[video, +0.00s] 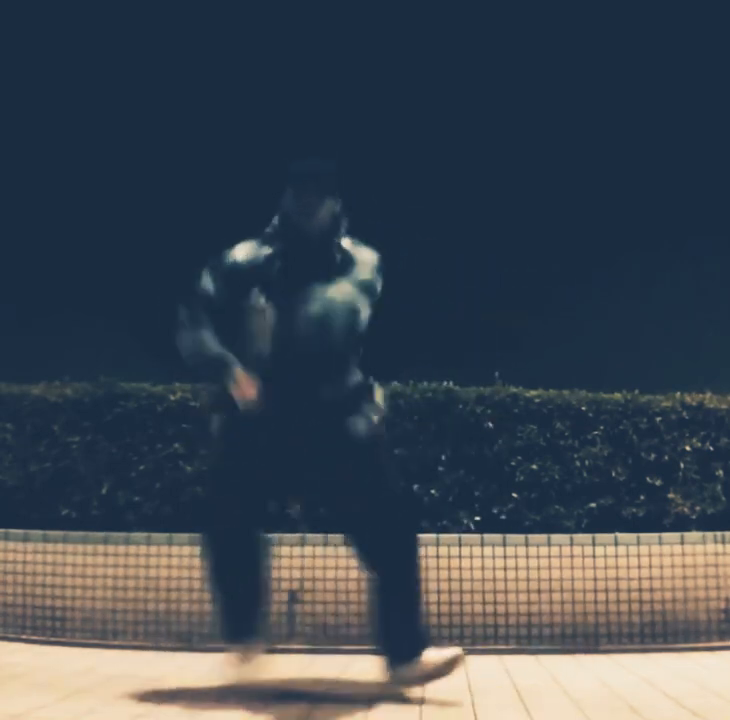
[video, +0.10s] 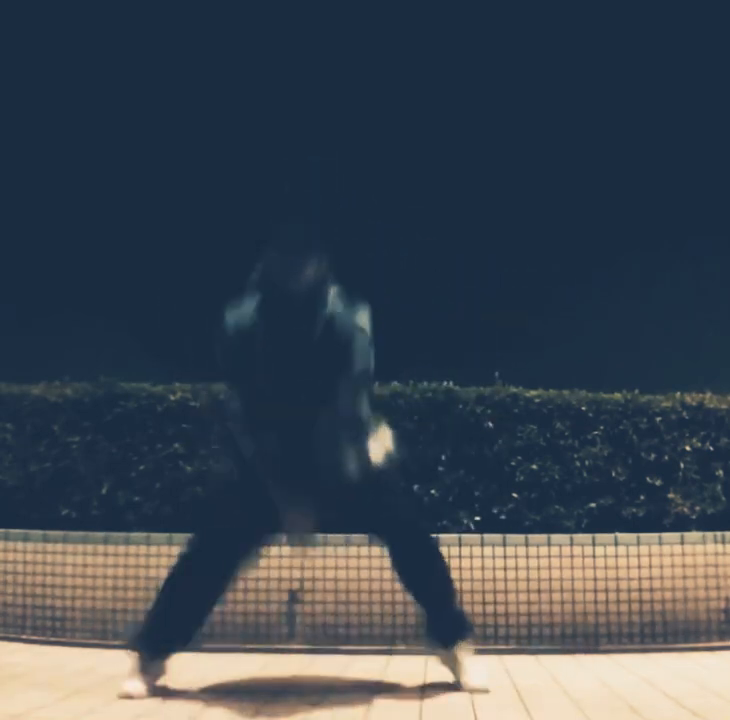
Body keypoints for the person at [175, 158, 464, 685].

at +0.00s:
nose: (314, 216)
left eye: (324, 205)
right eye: (304, 205)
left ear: (340, 207)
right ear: (286, 205)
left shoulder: (364, 265)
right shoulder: (248, 262)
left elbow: (353, 341)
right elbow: (192, 324)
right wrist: (228, 369)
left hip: (340, 424)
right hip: (261, 423)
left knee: (390, 525)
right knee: (231, 518)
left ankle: (406, 655)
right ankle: (243, 643)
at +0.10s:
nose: (299, 277)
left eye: (308, 266)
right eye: (289, 267)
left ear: (323, 268)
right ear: (270, 269)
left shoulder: (348, 321)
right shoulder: (242, 323)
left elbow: (355, 405)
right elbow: (238, 417)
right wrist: (281, 494)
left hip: (340, 466)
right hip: (268, 468)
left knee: (405, 530)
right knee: (212, 550)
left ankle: (456, 642)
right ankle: (150, 658)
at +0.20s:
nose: (292, 327)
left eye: (301, 317)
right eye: (283, 316)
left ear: (320, 315)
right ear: (268, 315)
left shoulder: (351, 367)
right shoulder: (244, 365)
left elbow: (362, 456)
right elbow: (234, 448)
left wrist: (328, 528)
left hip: (340, 500)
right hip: (268, 501)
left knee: (404, 564)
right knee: (207, 572)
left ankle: (460, 655)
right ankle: (150, 668)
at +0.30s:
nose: (302, 323)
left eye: (312, 312)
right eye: (293, 312)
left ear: (329, 311)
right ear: (277, 311)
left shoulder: (357, 362)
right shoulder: (250, 362)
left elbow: (366, 455)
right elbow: (242, 452)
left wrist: (332, 529)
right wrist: (289, 523)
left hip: (348, 500)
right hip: (271, 499)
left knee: (414, 576)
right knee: (206, 579)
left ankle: (460, 667)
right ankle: (151, 671)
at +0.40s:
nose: (324, 239)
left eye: (334, 228)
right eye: (314, 228)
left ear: (348, 230)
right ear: (294, 228)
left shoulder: (380, 288)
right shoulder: (255, 285)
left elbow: (391, 369)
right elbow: (243, 373)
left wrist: (352, 429)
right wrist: (282, 432)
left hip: (353, 440)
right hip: (276, 441)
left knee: (410, 548)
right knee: (228, 546)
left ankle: (453, 656)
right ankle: (175, 658)